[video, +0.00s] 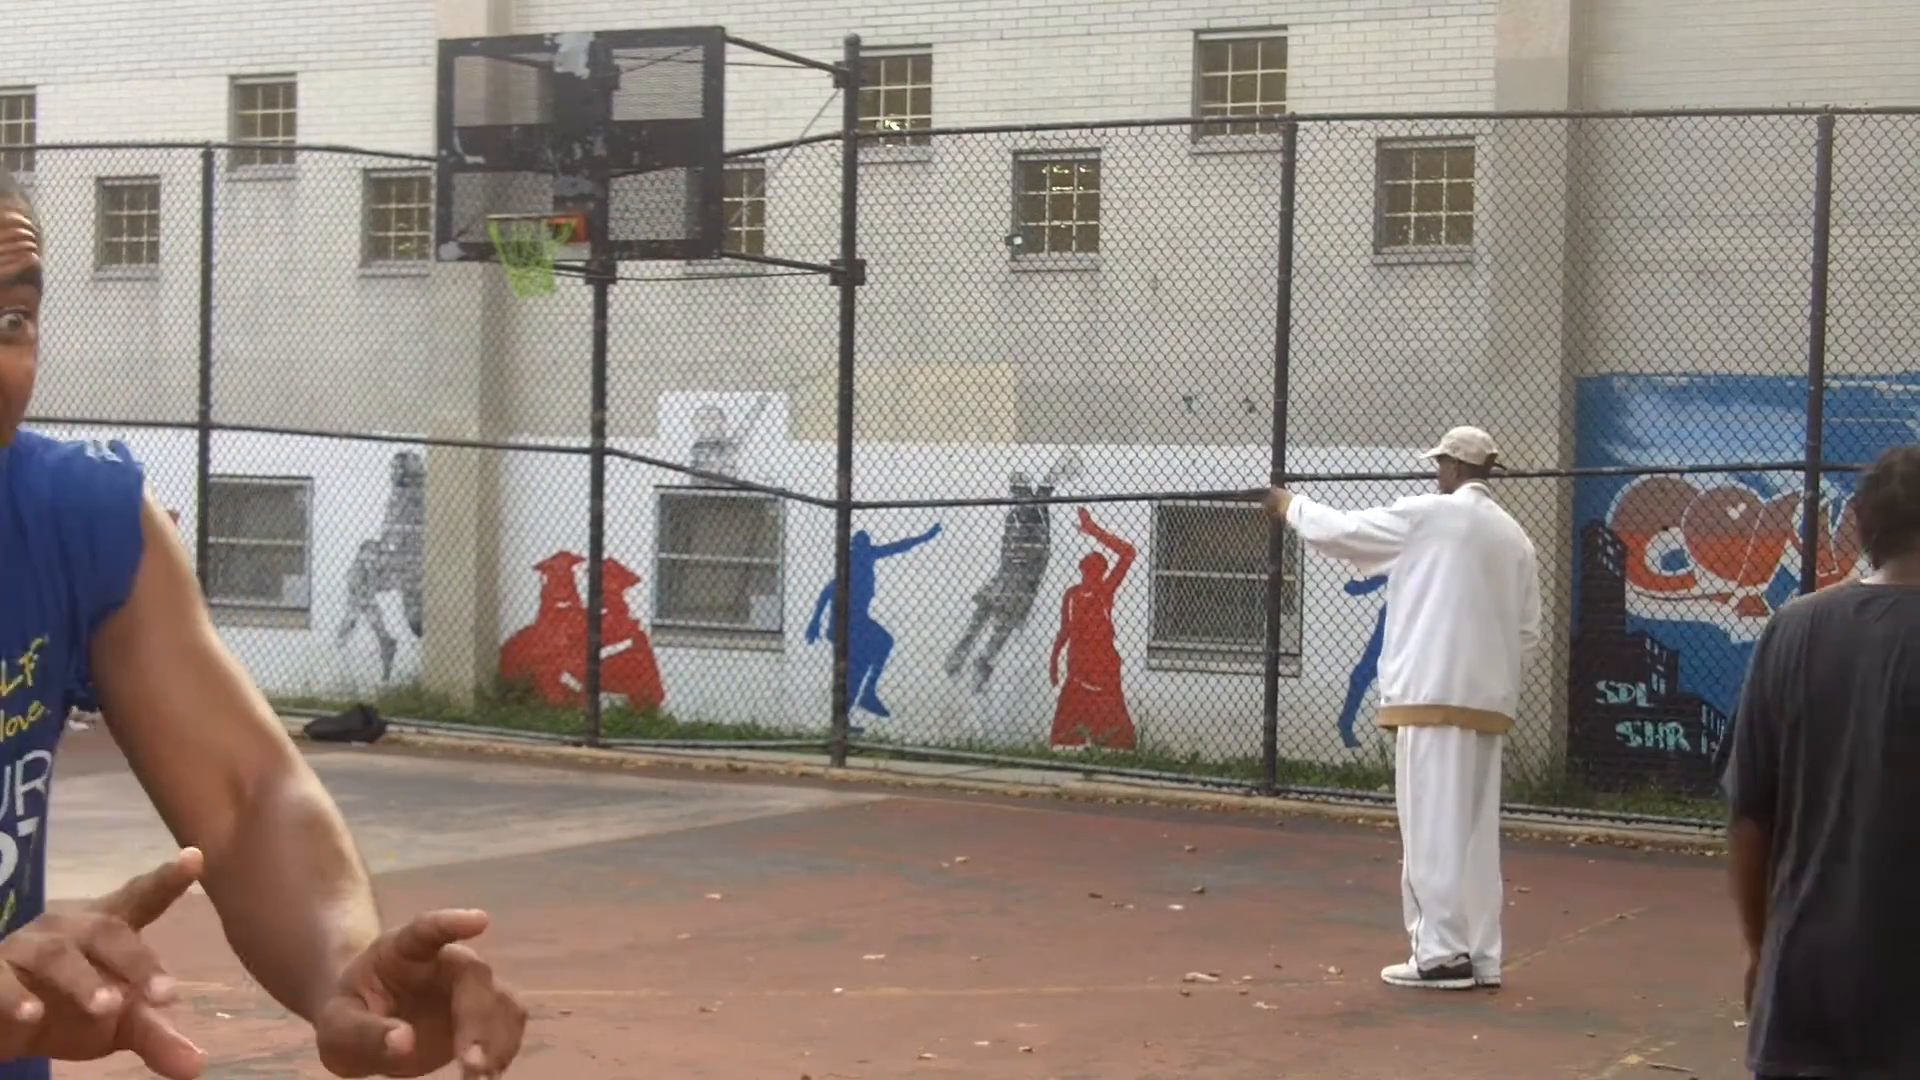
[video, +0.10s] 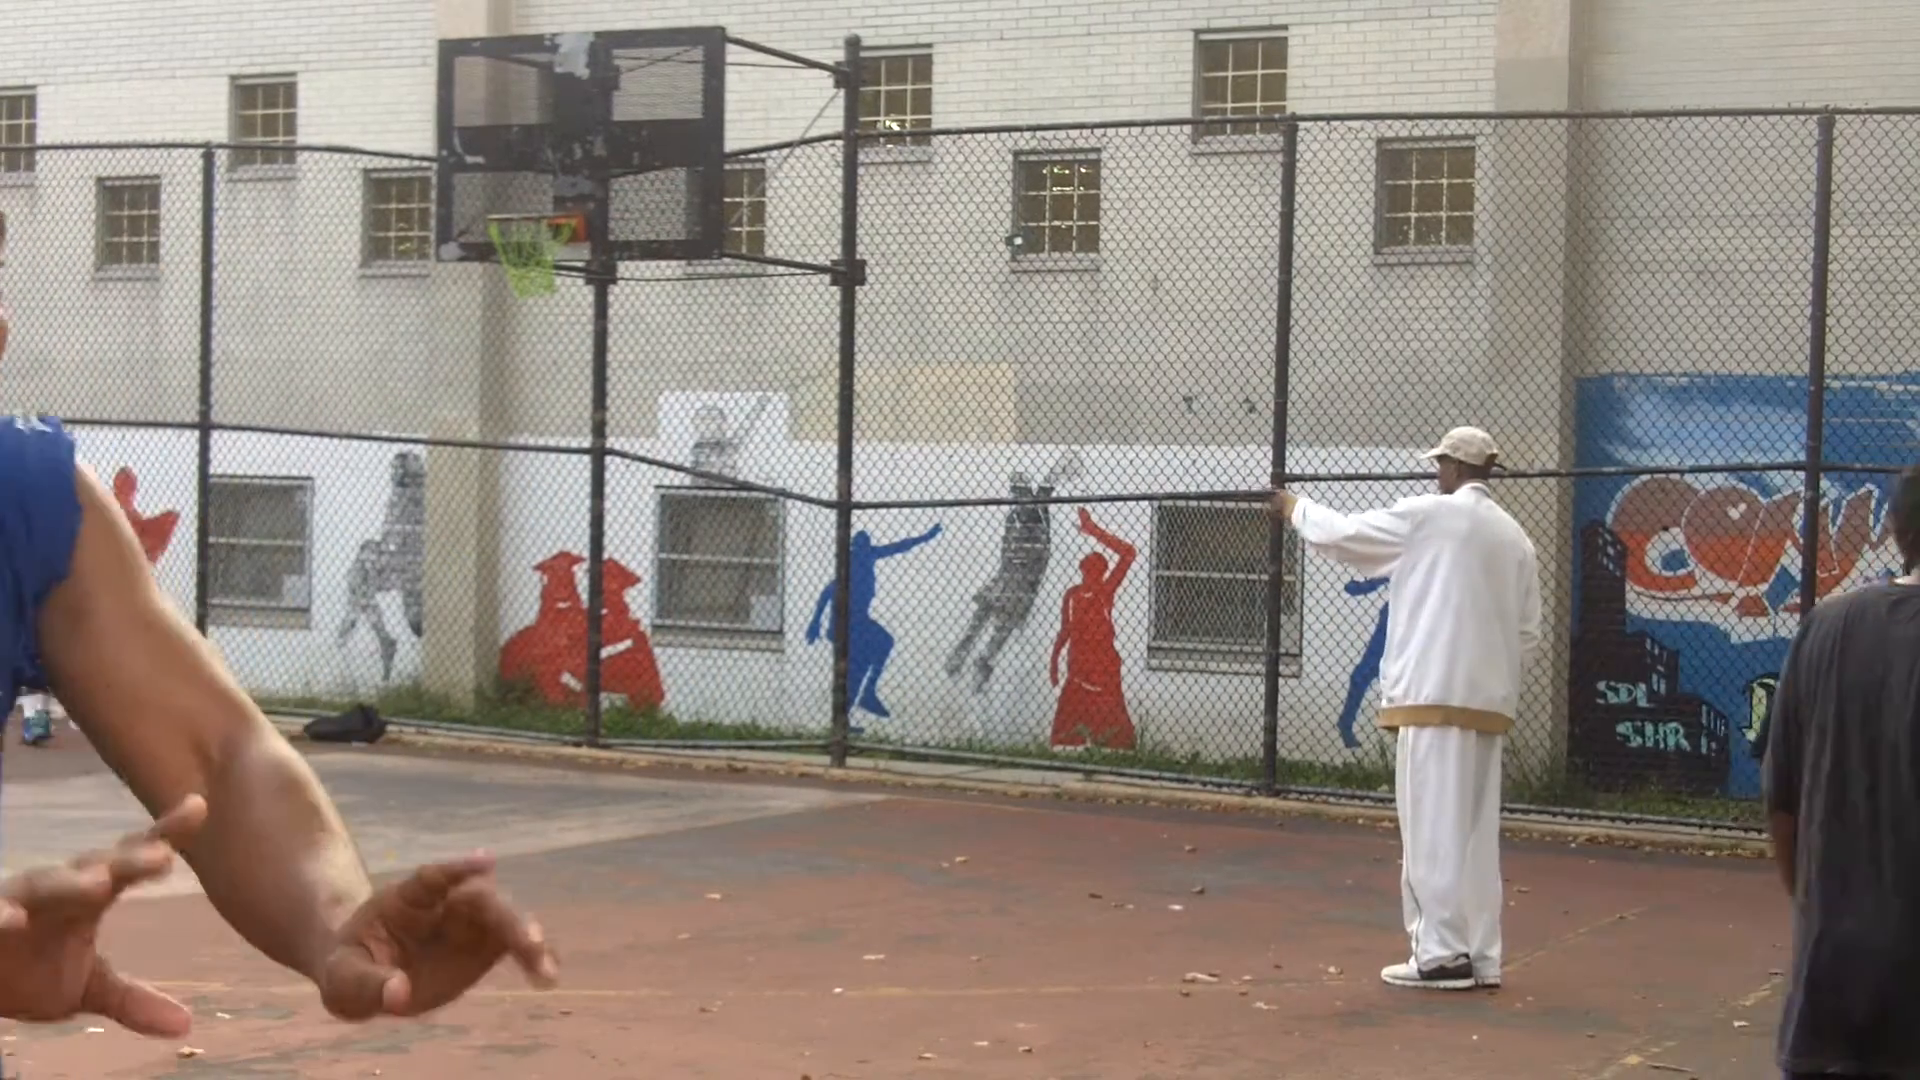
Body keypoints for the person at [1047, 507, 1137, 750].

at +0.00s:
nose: (1093, 574)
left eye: (1097, 569)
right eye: (1089, 569)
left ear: (1103, 572)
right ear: (1082, 569)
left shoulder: (1107, 589)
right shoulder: (1072, 593)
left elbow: (1128, 553)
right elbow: (1065, 629)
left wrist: (1094, 530)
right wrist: (1054, 658)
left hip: (1104, 657)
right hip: (1078, 657)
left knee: (1107, 704)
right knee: (1074, 704)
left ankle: (1116, 746)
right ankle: (1067, 745)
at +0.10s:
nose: (1093, 574)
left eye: (1097, 569)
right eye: (1089, 569)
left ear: (1103, 572)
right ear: (1082, 569)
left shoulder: (1108, 589)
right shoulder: (1072, 594)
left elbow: (1128, 553)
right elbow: (1065, 629)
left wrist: (1094, 530)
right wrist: (1054, 659)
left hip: (1104, 657)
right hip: (1079, 657)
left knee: (1107, 704)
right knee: (1074, 704)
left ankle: (1116, 746)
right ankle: (1067, 745)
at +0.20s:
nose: (1093, 574)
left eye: (1097, 569)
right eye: (1089, 569)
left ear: (1103, 572)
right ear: (1082, 569)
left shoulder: (1108, 589)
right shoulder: (1072, 593)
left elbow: (1128, 553)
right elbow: (1065, 629)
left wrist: (1094, 531)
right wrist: (1054, 659)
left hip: (1104, 657)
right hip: (1079, 658)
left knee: (1107, 704)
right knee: (1074, 704)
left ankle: (1116, 746)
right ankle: (1068, 745)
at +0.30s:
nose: (1093, 575)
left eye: (1098, 570)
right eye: (1090, 569)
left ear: (1104, 572)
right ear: (1083, 569)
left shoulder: (1109, 589)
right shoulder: (1073, 593)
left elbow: (1130, 553)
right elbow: (1067, 629)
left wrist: (1096, 531)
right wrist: (1056, 658)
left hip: (1105, 656)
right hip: (1080, 657)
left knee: (1109, 703)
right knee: (1076, 703)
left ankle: (1118, 745)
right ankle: (1069, 744)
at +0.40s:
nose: (1095, 575)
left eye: (1100, 570)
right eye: (1092, 569)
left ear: (1106, 572)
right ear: (1085, 569)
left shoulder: (1111, 589)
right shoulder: (1075, 593)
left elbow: (1131, 553)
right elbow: (1068, 629)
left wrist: (1097, 530)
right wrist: (1057, 658)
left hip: (1107, 656)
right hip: (1082, 657)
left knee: (1110, 703)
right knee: (1077, 703)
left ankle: (1120, 745)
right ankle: (1070, 745)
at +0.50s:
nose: (1096, 575)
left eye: (1101, 570)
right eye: (1093, 569)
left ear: (1106, 572)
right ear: (1086, 569)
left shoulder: (1112, 589)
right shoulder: (1076, 593)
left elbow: (1132, 553)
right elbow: (1069, 629)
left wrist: (1098, 531)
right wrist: (1058, 658)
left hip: (1108, 656)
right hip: (1083, 656)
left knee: (1111, 703)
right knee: (1078, 702)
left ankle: (1120, 745)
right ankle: (1071, 745)